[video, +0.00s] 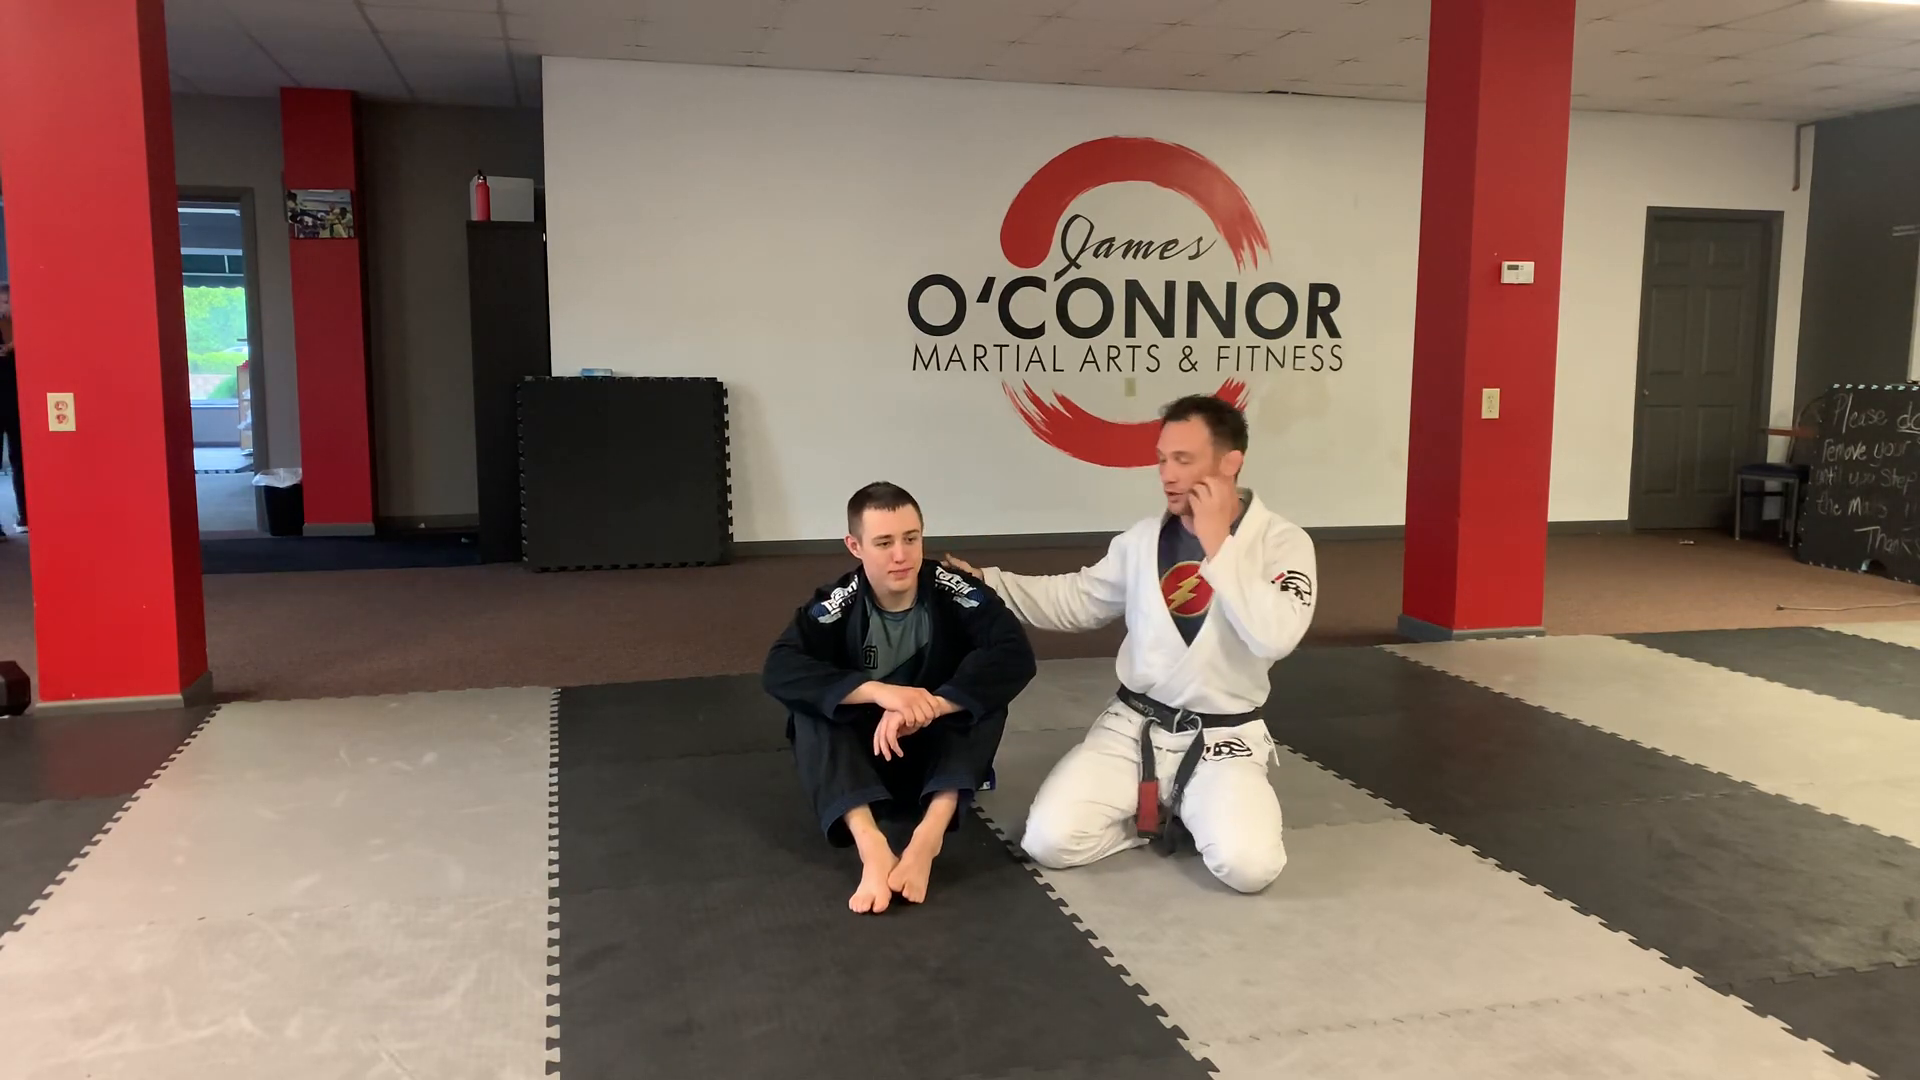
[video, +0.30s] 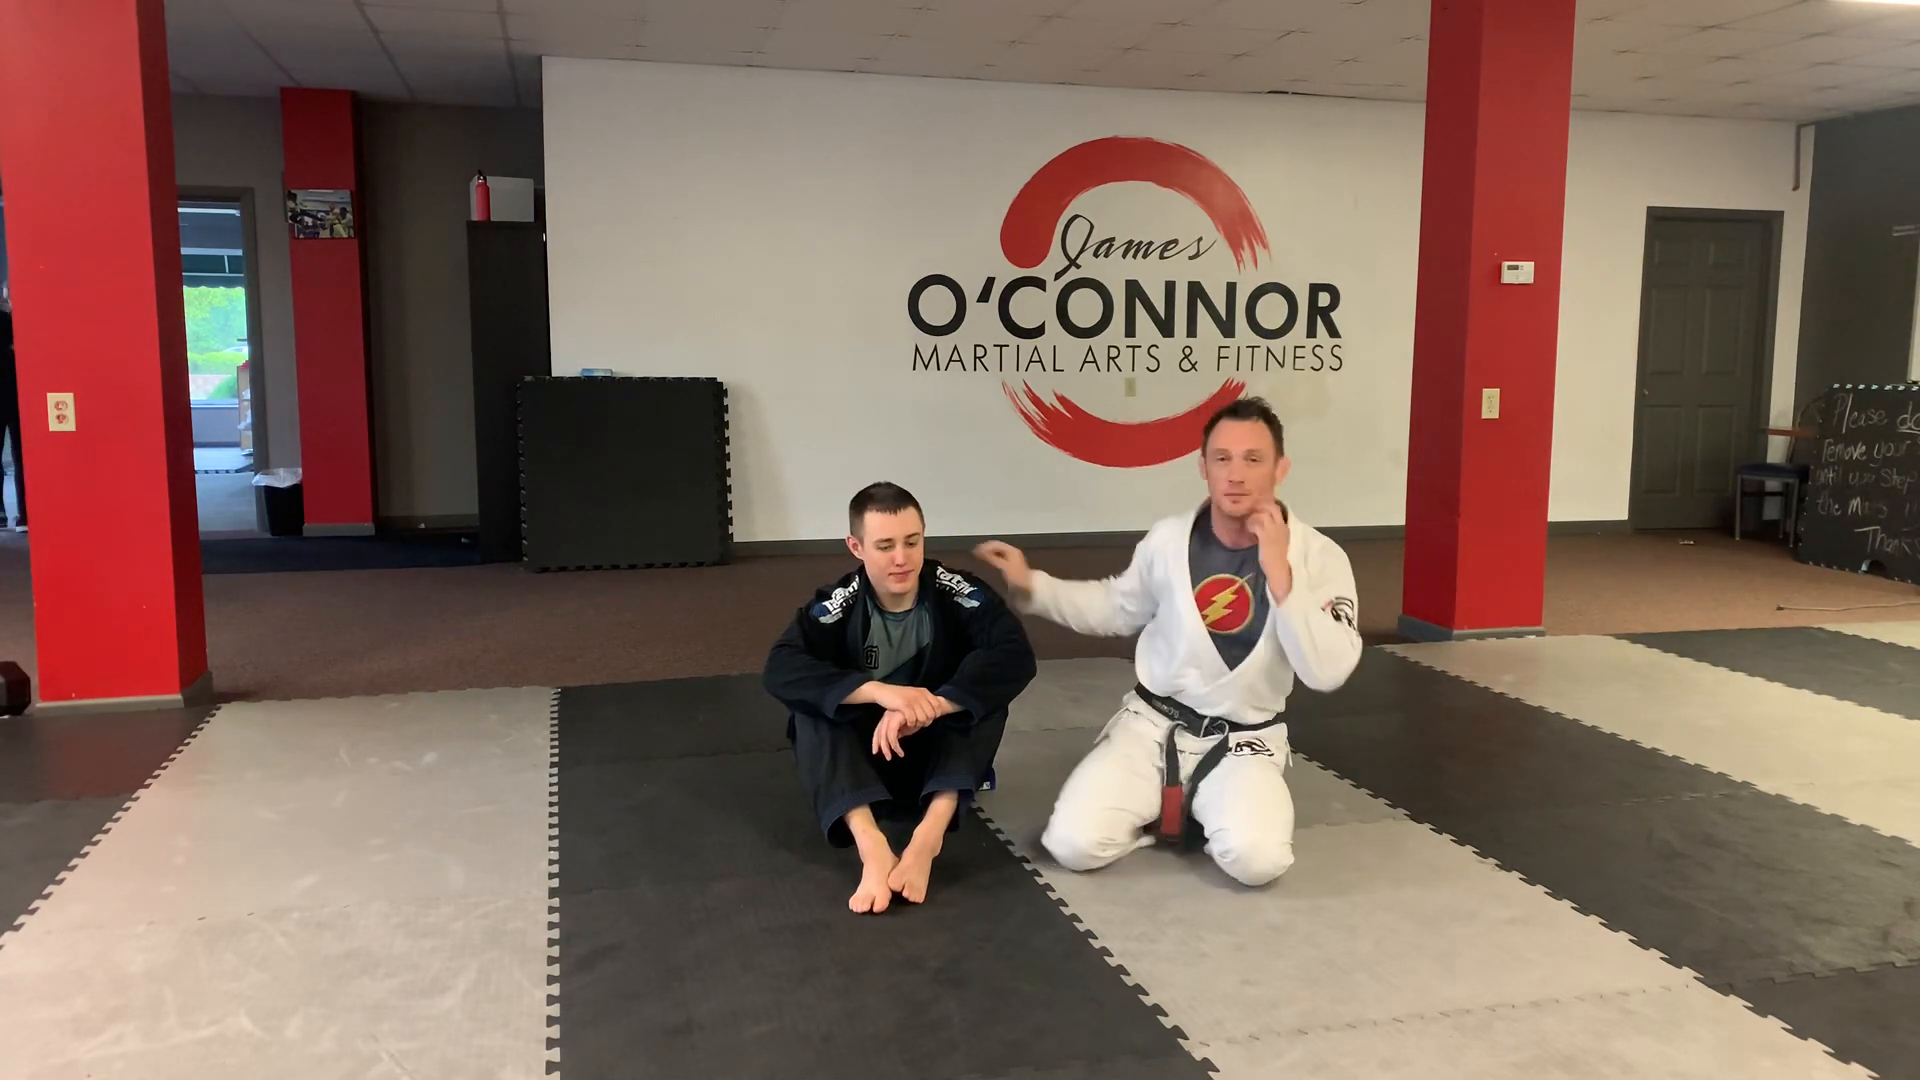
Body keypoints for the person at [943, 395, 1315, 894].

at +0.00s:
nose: (1166, 476)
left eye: (1182, 460)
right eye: (1162, 460)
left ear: (1231, 464)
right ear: (1157, 461)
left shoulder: (1282, 542)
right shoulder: (1141, 542)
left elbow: (1274, 636)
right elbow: (1077, 600)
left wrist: (1218, 543)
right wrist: (986, 582)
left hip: (1224, 739)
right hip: (1129, 727)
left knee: (1251, 867)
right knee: (1048, 842)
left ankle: (1198, 800)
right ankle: (1157, 809)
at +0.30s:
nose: (1236, 474)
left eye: (1253, 459)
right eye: (1223, 459)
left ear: (1280, 470)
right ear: (1204, 467)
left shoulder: (1319, 559)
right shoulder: (1168, 541)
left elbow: (1328, 671)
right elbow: (1118, 608)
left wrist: (1279, 574)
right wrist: (1032, 586)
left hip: (1247, 740)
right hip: (1150, 724)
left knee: (1257, 860)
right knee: (1072, 845)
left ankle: (1209, 799)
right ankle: (1161, 807)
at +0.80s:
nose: (1234, 530)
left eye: (1252, 511)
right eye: (1219, 511)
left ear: (1287, 514)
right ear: (1200, 514)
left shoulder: (1339, 600)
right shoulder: (1171, 584)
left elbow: (1334, 742)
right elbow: (1141, 708)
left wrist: (1294, 870)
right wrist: (1115, 833)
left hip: (1282, 738)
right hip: (1189, 718)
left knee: (1254, 875)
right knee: (1096, 830)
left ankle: (1245, 800)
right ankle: (1201, 800)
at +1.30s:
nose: (1139, 653)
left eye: (1158, 642)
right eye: (1130, 633)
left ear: (1212, 620)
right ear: (1124, 596)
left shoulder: (1277, 626)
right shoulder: (1100, 618)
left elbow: (1294, 764)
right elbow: (1096, 747)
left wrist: (1288, 898)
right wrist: (1092, 873)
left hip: (1244, 726)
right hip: (1152, 723)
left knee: (1249, 878)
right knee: (1136, 817)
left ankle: (1215, 798)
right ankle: (1182, 758)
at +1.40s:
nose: (1137, 658)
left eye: (1157, 648)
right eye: (1127, 637)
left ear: (1210, 622)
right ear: (1122, 603)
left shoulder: (1268, 627)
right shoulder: (1091, 621)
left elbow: (1289, 763)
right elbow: (1091, 749)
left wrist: (1288, 896)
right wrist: (1092, 874)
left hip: (1236, 718)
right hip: (1140, 715)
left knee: (1243, 864)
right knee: (1131, 819)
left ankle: (1212, 773)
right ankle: (1166, 750)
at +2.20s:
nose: (1167, 553)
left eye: (1185, 540)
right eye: (1159, 534)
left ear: (1227, 534)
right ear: (1152, 523)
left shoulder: (1270, 580)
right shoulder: (1121, 576)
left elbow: (1303, 689)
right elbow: (1090, 671)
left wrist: (1298, 797)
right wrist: (1113, 761)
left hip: (1230, 702)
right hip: (1145, 697)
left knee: (1251, 813)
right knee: (1114, 806)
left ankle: (1188, 766)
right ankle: (1159, 758)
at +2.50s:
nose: (1164, 483)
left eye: (1181, 470)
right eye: (1157, 467)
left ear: (1217, 476)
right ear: (1148, 466)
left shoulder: (1260, 542)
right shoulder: (1118, 534)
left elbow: (1299, 636)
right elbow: (1081, 602)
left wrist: (1320, 720)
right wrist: (1072, 655)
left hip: (1214, 698)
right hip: (1125, 688)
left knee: (1248, 805)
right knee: (1107, 798)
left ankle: (1179, 760)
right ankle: (1169, 760)